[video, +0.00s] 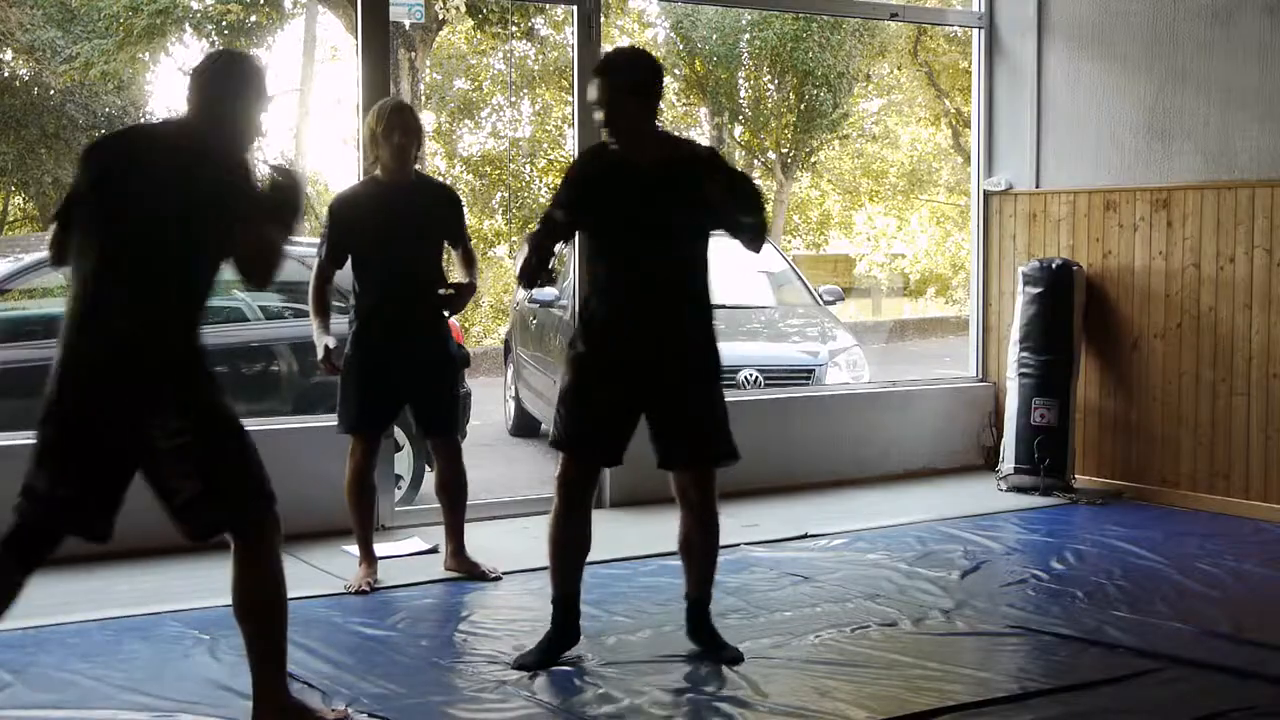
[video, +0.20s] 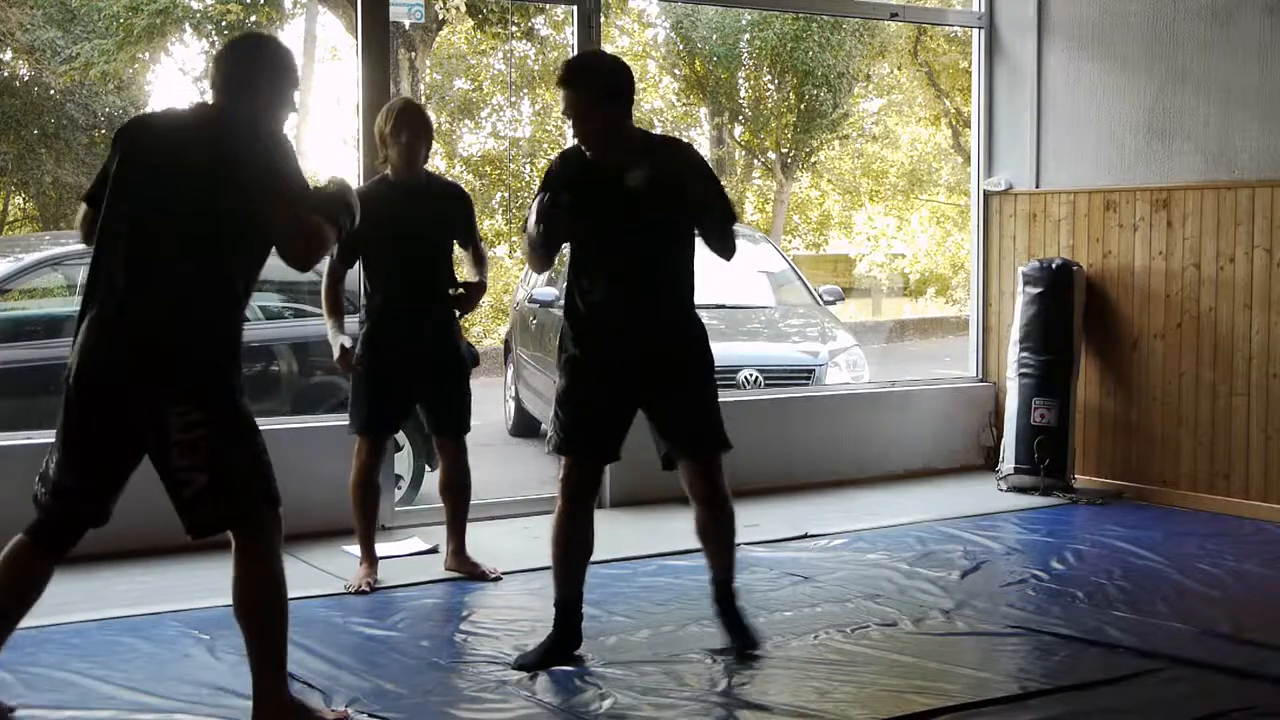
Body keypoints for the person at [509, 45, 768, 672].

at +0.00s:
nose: (602, 114)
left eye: (611, 102)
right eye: (598, 102)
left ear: (645, 100)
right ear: (606, 101)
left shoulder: (697, 166)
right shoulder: (590, 169)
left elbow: (754, 235)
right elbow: (548, 233)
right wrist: (537, 259)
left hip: (681, 354)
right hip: (601, 354)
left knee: (697, 489)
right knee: (572, 483)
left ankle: (700, 620)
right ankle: (564, 625)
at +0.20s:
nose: (572, 124)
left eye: (579, 111)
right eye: (568, 112)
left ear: (616, 105)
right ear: (575, 110)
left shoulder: (678, 160)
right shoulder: (568, 170)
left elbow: (725, 243)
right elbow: (538, 260)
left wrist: (691, 199)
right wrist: (548, 217)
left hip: (672, 344)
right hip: (595, 350)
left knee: (707, 481)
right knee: (575, 487)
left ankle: (727, 605)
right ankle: (566, 631)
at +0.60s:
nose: (630, 128)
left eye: (639, 115)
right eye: (630, 116)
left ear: (675, 112)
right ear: (658, 115)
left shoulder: (737, 174)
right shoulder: (648, 183)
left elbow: (762, 262)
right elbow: (630, 261)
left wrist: (690, 243)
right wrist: (606, 228)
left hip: (726, 353)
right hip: (659, 353)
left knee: (735, 490)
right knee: (613, 481)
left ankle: (752, 617)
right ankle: (565, 617)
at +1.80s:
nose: (578, 146)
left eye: (583, 132)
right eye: (575, 134)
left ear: (617, 122)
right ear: (602, 126)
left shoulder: (690, 165)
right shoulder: (600, 193)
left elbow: (711, 249)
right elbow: (599, 288)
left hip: (701, 353)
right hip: (633, 356)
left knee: (729, 483)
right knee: (592, 474)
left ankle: (773, 610)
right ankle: (610, 620)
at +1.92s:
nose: (586, 156)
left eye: (591, 142)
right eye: (582, 145)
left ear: (626, 130)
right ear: (601, 137)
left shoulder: (701, 171)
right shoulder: (608, 208)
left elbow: (720, 252)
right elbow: (621, 301)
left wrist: (653, 205)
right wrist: (611, 381)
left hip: (713, 363)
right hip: (644, 369)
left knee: (732, 490)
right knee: (587, 472)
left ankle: (769, 615)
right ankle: (609, 620)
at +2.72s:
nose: (621, 156)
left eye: (626, 142)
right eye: (618, 143)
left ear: (662, 133)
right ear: (650, 137)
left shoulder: (737, 170)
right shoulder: (643, 209)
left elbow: (770, 254)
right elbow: (672, 293)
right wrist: (673, 358)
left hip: (765, 352)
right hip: (700, 355)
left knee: (769, 488)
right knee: (652, 477)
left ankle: (775, 613)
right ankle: (614, 612)